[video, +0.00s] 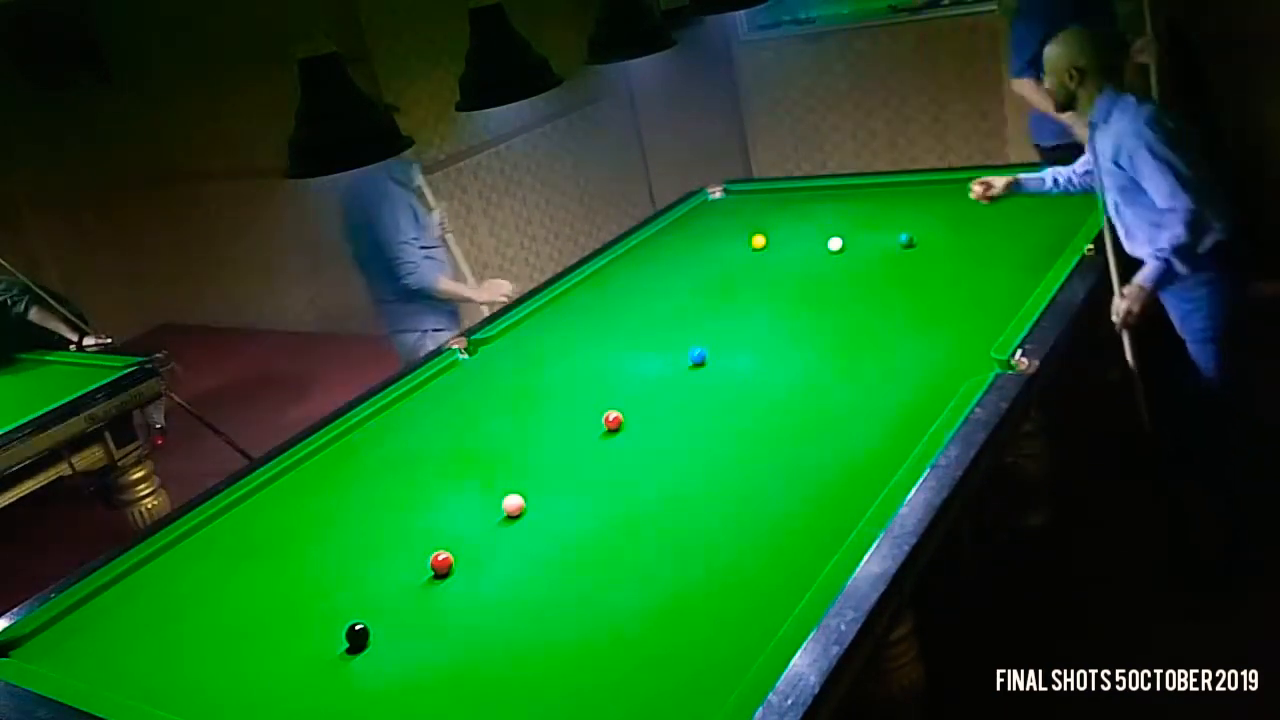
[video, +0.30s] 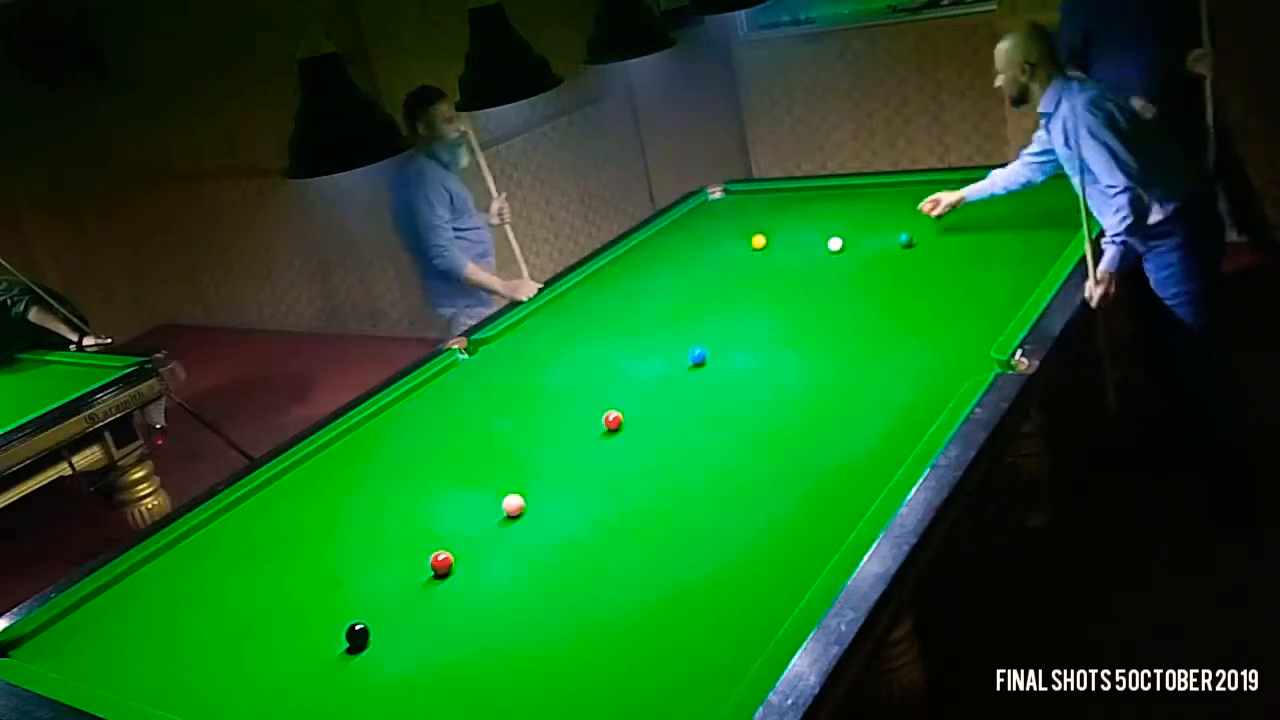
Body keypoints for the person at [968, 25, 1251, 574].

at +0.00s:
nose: (1043, 88)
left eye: (1047, 76)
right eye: (1043, 77)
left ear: (1072, 79)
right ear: (1085, 77)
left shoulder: (1130, 129)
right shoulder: (1109, 126)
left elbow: (1185, 217)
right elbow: (1087, 174)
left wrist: (1144, 283)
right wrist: (1014, 182)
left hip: (1200, 293)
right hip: (1179, 290)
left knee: (1220, 416)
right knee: (1208, 413)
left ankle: (1231, 541)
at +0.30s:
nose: (997, 84)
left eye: (1002, 72)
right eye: (997, 73)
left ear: (1031, 68)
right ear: (1031, 68)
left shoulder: (1079, 109)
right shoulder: (1060, 111)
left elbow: (1121, 191)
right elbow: (1030, 166)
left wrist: (1110, 262)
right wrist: (962, 194)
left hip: (1174, 241)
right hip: (1152, 240)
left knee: (1191, 365)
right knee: (1173, 363)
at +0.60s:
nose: (947, 114)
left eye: (952, 104)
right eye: (947, 105)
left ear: (979, 99)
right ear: (977, 100)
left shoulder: (1036, 119)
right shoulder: (1000, 143)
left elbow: (1081, 183)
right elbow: (955, 189)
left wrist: (1086, 255)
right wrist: (891, 220)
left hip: (1149, 214)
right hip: (1119, 224)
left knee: (1188, 330)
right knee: (1164, 332)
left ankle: (1208, 444)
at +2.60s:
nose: (956, 96)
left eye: (959, 85)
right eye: (955, 86)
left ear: (984, 84)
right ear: (986, 83)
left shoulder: (1040, 111)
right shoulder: (1014, 126)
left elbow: (1083, 183)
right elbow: (1012, 180)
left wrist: (1087, 259)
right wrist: (958, 211)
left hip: (1140, 216)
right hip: (1110, 223)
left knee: (1186, 325)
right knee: (1161, 329)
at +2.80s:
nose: (998, 59)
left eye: (1005, 48)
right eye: (999, 48)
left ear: (1036, 47)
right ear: (1037, 46)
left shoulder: (1074, 95)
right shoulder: (1068, 87)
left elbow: (1099, 186)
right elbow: (1085, 165)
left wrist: (1092, 260)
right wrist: (1041, 195)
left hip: (1161, 231)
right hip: (1151, 225)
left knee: (1192, 348)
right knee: (1184, 343)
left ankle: (1217, 467)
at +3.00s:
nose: (1044, 39)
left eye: (1051, 28)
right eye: (1044, 29)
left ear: (1080, 29)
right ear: (1083, 29)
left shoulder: (1113, 85)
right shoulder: (1109, 75)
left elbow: (1119, 186)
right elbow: (1140, 154)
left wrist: (1095, 259)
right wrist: (1106, 182)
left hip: (1168, 237)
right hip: (1161, 233)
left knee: (1189, 359)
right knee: (1183, 356)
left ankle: (1211, 472)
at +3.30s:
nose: (1119, 21)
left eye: (1129, 11)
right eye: (1120, 12)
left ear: (1157, 16)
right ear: (1151, 20)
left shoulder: (1186, 78)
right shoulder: (1160, 73)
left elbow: (1170, 183)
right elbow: (1165, 152)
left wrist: (1126, 263)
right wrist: (1139, 192)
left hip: (1207, 243)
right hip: (1180, 236)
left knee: (1229, 362)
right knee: (1203, 357)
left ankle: (1241, 467)